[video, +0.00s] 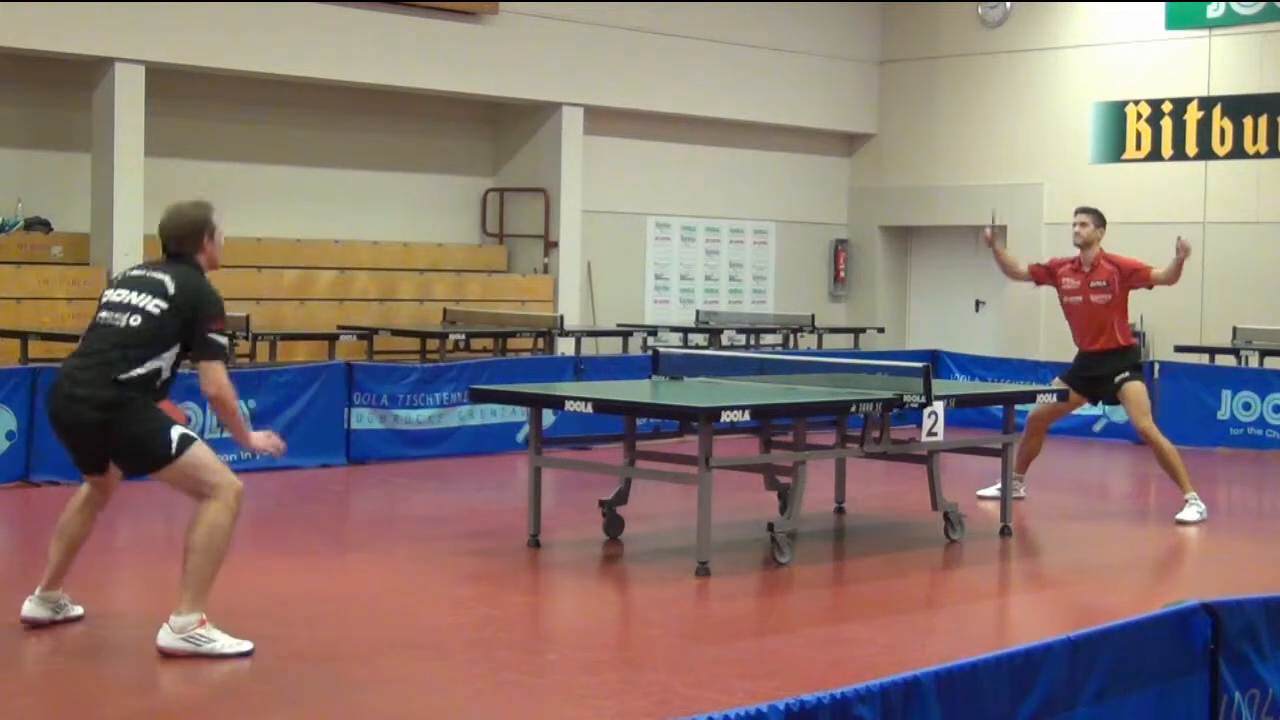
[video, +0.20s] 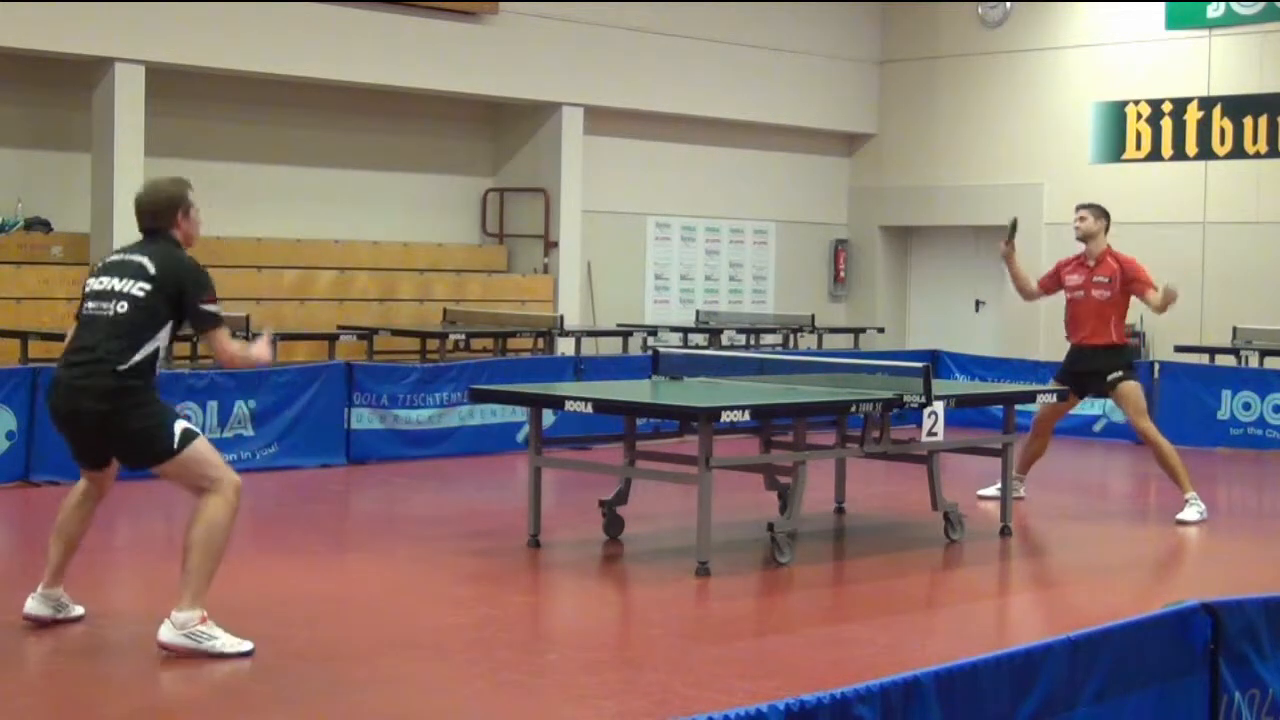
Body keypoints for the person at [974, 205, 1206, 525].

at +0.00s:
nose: (1076, 230)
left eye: (1083, 225)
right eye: (1074, 225)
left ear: (1100, 231)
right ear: (1072, 231)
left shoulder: (1118, 267)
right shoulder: (1060, 268)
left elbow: (1166, 277)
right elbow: (1017, 272)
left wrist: (1179, 260)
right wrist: (996, 248)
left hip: (1122, 360)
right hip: (1086, 362)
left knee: (1144, 426)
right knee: (1037, 418)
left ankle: (1192, 499)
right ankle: (1014, 482)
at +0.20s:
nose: (1076, 224)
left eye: (1083, 219)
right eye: (1075, 220)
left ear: (1102, 225)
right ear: (1077, 228)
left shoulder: (1124, 266)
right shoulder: (1068, 267)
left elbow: (1156, 304)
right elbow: (1030, 293)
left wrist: (1165, 299)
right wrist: (1010, 261)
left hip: (1115, 357)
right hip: (1079, 357)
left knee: (1141, 424)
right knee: (1043, 420)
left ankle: (1192, 499)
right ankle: (1015, 482)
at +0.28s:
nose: (1075, 226)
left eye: (1082, 221)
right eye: (1075, 221)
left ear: (1101, 225)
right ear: (1080, 228)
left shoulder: (1125, 267)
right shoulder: (1071, 269)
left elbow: (1141, 309)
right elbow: (1048, 310)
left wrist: (1145, 332)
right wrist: (1018, 290)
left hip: (1112, 357)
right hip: (1075, 357)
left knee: (1142, 427)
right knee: (1043, 422)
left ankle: (1192, 499)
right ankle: (1016, 482)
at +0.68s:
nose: (1074, 230)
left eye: (1079, 225)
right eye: (1073, 226)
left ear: (1099, 228)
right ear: (1083, 231)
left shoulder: (1120, 269)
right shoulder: (1071, 272)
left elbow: (1119, 322)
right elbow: (1061, 320)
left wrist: (1074, 348)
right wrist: (1049, 357)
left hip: (1104, 357)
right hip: (1070, 357)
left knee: (1139, 427)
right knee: (1042, 424)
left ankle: (1191, 498)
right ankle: (1016, 481)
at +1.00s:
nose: (1054, 262)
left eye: (1052, 254)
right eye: (1050, 256)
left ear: (1063, 243)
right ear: (1075, 237)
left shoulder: (1076, 265)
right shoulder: (1121, 249)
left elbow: (1057, 328)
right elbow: (1125, 292)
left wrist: (1033, 359)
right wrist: (1090, 311)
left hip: (1126, 349)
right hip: (1164, 344)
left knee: (1083, 427)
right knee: (1168, 437)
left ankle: (1074, 514)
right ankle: (1185, 519)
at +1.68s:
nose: (1026, 336)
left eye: (1026, 330)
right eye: (1024, 331)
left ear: (1038, 321)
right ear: (1052, 315)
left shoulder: (1048, 336)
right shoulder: (1086, 321)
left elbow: (1011, 374)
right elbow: (1068, 361)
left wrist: (989, 360)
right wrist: (1025, 360)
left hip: (1117, 401)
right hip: (1155, 394)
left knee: (1053, 431)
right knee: (1196, 477)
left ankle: (1071, 515)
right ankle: (1253, 529)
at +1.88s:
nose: (1025, 336)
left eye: (1024, 329)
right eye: (1022, 332)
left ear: (1037, 321)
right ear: (1050, 316)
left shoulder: (1047, 335)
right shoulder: (1083, 323)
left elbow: (1011, 374)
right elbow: (1069, 361)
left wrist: (987, 358)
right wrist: (1026, 361)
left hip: (1117, 402)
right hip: (1154, 396)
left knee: (1052, 431)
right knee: (1197, 478)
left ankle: (1071, 515)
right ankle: (1252, 529)